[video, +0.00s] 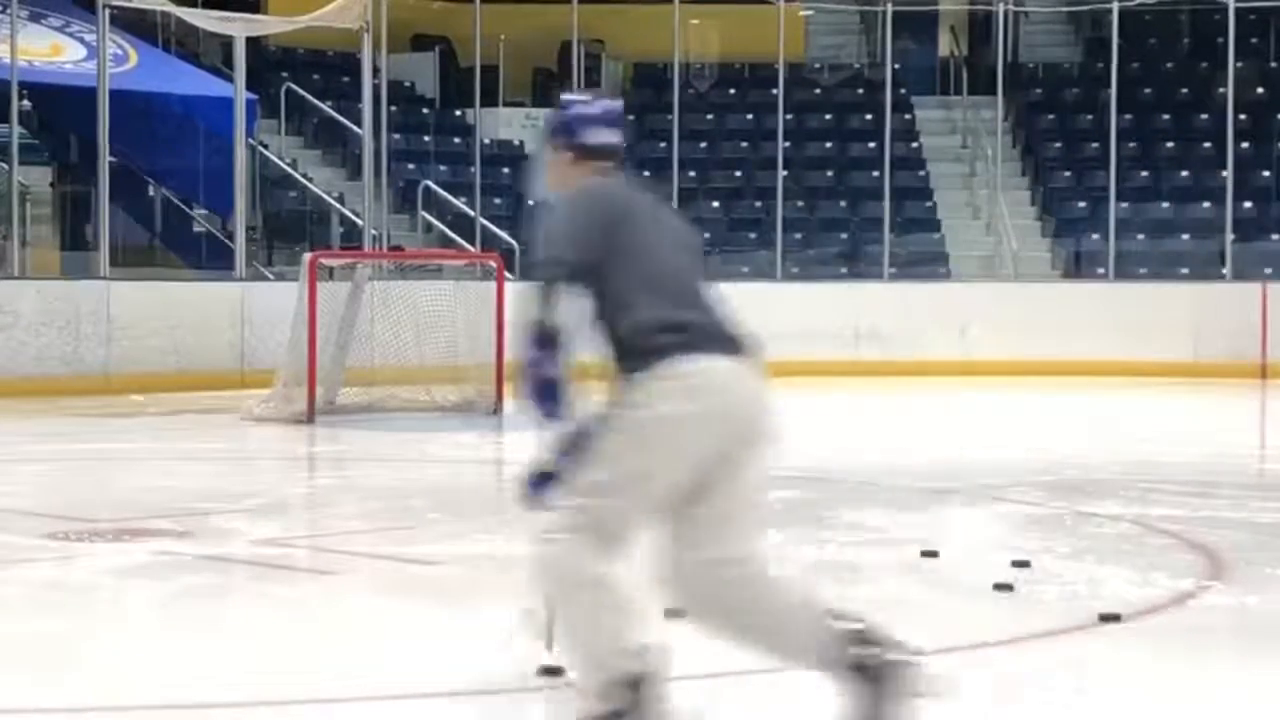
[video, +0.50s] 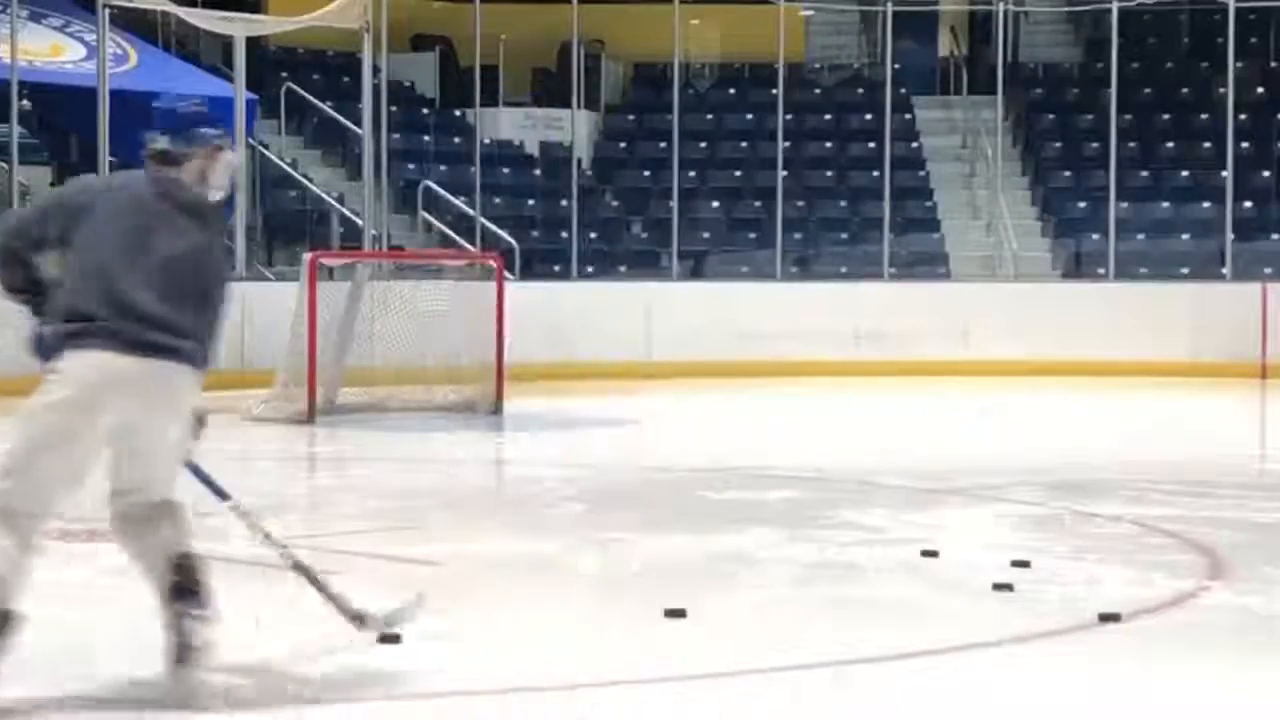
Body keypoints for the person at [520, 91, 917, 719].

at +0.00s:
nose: (546, 168)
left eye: (551, 155)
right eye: (549, 155)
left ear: (569, 154)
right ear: (612, 154)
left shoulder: (578, 204)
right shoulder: (656, 213)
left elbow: (545, 326)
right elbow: (660, 366)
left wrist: (552, 419)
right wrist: (574, 452)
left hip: (679, 385)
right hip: (742, 386)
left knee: (573, 534)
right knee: (708, 569)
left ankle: (623, 687)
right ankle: (859, 654)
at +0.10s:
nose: (438, 161)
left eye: (442, 151)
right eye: (444, 151)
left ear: (455, 149)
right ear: (506, 150)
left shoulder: (457, 191)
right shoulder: (538, 204)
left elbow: (405, 253)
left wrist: (393, 332)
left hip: (542, 380)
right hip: (608, 381)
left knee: (434, 528)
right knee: (546, 562)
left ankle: (472, 681)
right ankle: (677, 636)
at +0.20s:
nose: (363, 162)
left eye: (363, 151)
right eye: (374, 152)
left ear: (362, 147)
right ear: (419, 149)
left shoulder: (356, 191)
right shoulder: (444, 210)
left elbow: (282, 239)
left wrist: (278, 313)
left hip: (406, 379)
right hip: (473, 384)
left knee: (312, 519)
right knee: (399, 549)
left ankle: (323, 673)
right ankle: (508, 628)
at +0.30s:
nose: (350, 166)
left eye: (349, 154)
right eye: (345, 154)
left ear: (281, 148)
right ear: (327, 152)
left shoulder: (254, 189)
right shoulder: (348, 212)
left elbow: (169, 239)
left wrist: (183, 315)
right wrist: (234, 350)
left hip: (286, 379)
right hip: (358, 384)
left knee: (200, 509)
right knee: (283, 524)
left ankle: (191, 662)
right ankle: (368, 618)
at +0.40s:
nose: (283, 169)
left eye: (282, 156)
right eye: (278, 156)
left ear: (215, 148)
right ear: (255, 156)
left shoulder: (167, 187)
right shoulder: (274, 219)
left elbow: (80, 244)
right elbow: (250, 310)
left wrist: (109, 301)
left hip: (175, 371)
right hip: (255, 380)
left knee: (94, 513)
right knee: (204, 511)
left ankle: (75, 656)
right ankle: (263, 604)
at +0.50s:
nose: (221, 174)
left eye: (222, 161)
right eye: (216, 161)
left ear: (154, 155)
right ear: (195, 162)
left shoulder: (99, 192)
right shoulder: (212, 234)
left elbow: (11, 234)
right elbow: (202, 333)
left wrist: (39, 297)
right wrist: (192, 404)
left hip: (89, 366)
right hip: (169, 380)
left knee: (16, 504)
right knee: (146, 497)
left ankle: (5, 610)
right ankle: (183, 589)